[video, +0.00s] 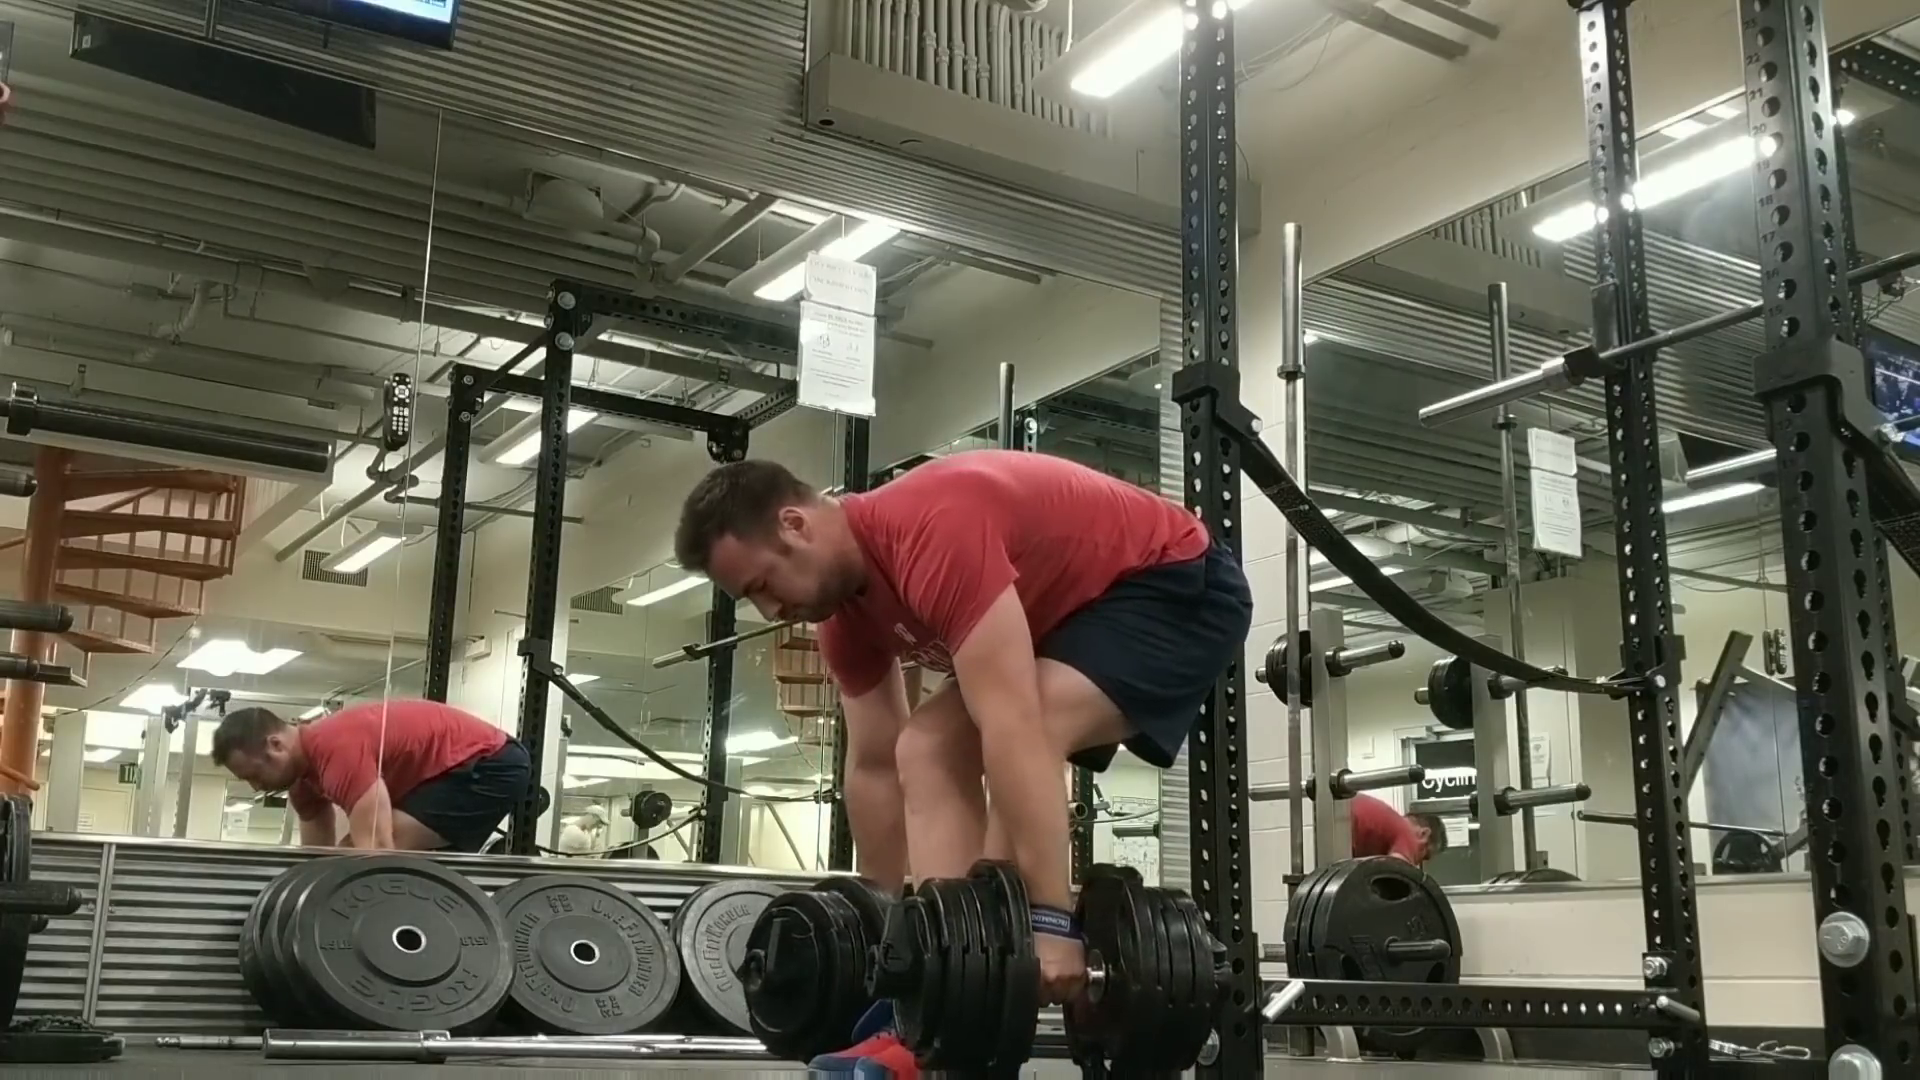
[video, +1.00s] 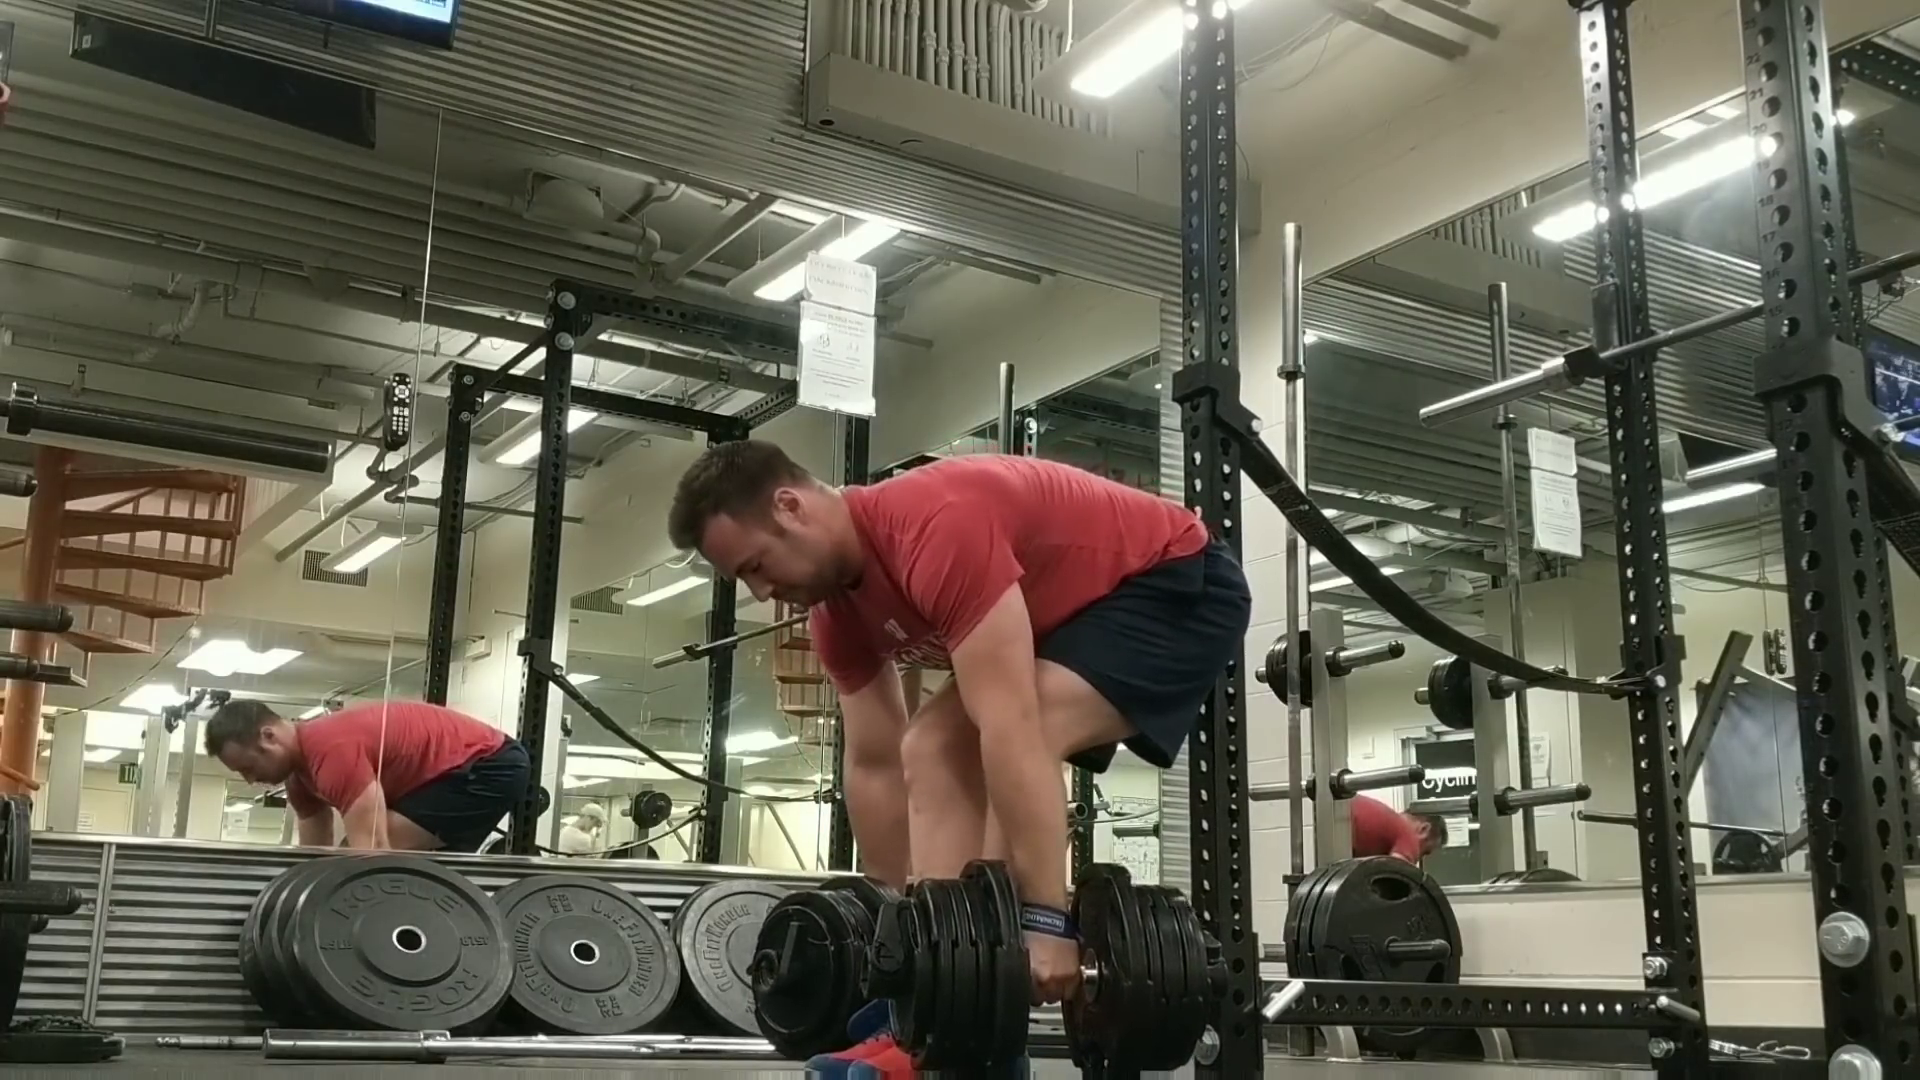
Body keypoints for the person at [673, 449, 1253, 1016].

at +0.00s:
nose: (768, 611)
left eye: (762, 586)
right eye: (751, 600)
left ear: (797, 523)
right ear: (798, 529)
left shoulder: (938, 528)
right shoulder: (845, 606)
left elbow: (1018, 729)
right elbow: (875, 764)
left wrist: (1052, 922)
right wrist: (880, 935)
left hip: (1177, 585)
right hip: (1075, 611)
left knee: (1022, 739)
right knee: (926, 746)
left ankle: (978, 1019)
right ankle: (915, 1007)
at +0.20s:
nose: (777, 607)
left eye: (771, 581)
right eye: (760, 595)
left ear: (810, 520)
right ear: (811, 524)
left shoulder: (954, 523)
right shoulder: (847, 606)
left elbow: (1018, 727)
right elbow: (872, 764)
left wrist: (1053, 920)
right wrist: (890, 941)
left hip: (1174, 583)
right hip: (1073, 606)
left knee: (1003, 728)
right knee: (924, 739)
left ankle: (983, 1017)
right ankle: (919, 1003)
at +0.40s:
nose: (779, 610)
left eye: (775, 582)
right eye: (761, 596)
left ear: (813, 520)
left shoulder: (954, 524)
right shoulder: (849, 609)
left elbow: (1021, 726)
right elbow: (879, 763)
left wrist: (1048, 923)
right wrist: (882, 944)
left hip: (1179, 581)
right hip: (1073, 610)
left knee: (1012, 730)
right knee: (941, 732)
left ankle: (972, 1028)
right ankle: (917, 1008)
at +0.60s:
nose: (777, 608)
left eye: (770, 583)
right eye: (760, 597)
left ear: (803, 521)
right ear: (801, 521)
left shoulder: (943, 525)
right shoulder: (857, 607)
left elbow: (1015, 723)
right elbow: (882, 763)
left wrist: (1048, 919)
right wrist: (885, 943)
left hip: (1184, 584)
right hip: (1080, 612)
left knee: (1016, 732)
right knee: (940, 733)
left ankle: (968, 1029)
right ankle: (916, 1010)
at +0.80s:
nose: (766, 604)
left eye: (761, 577)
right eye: (748, 592)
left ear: (796, 515)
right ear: (798, 520)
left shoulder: (939, 528)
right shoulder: (841, 606)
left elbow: (1015, 727)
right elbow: (877, 764)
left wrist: (1050, 921)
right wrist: (888, 947)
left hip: (1178, 586)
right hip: (1082, 608)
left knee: (1003, 737)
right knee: (932, 742)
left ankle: (977, 1023)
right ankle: (919, 1009)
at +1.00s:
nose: (760, 593)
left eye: (755, 566)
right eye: (743, 581)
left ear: (793, 505)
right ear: (794, 509)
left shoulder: (940, 527)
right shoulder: (839, 611)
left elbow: (1013, 727)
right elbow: (876, 765)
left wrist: (1050, 921)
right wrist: (890, 943)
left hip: (1176, 585)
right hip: (1075, 612)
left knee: (1003, 739)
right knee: (932, 743)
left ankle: (975, 1021)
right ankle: (921, 1005)